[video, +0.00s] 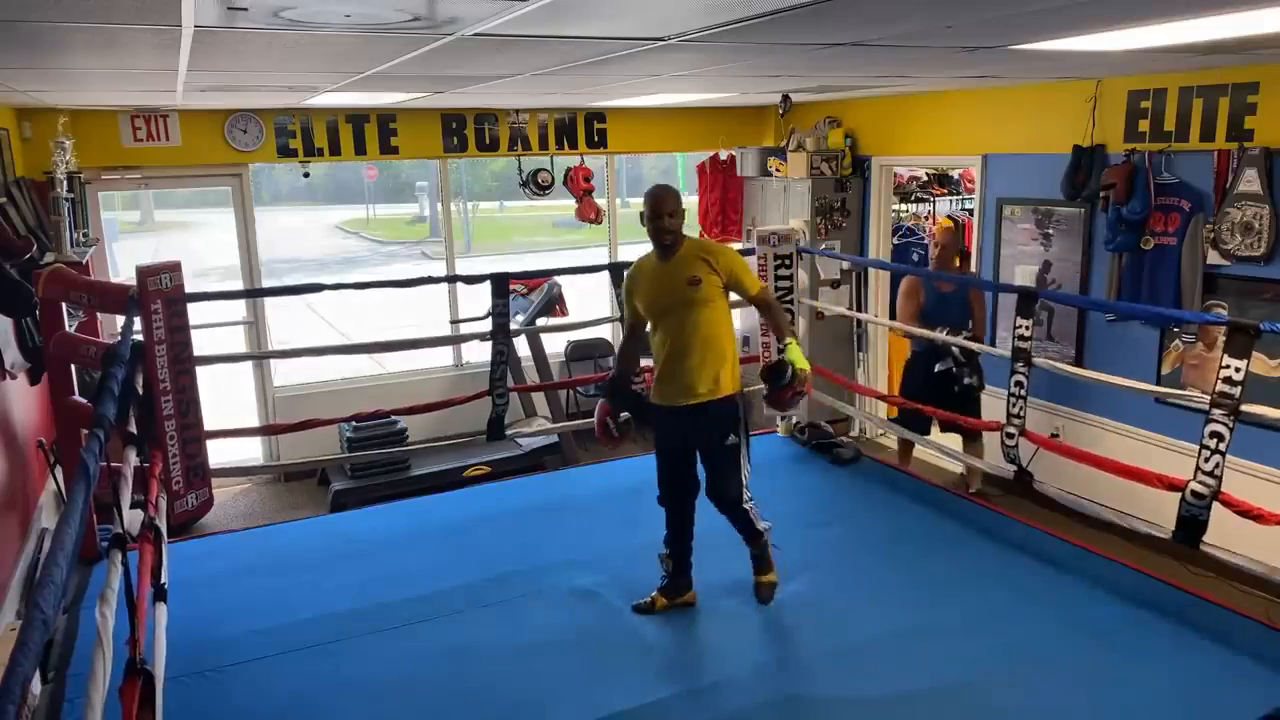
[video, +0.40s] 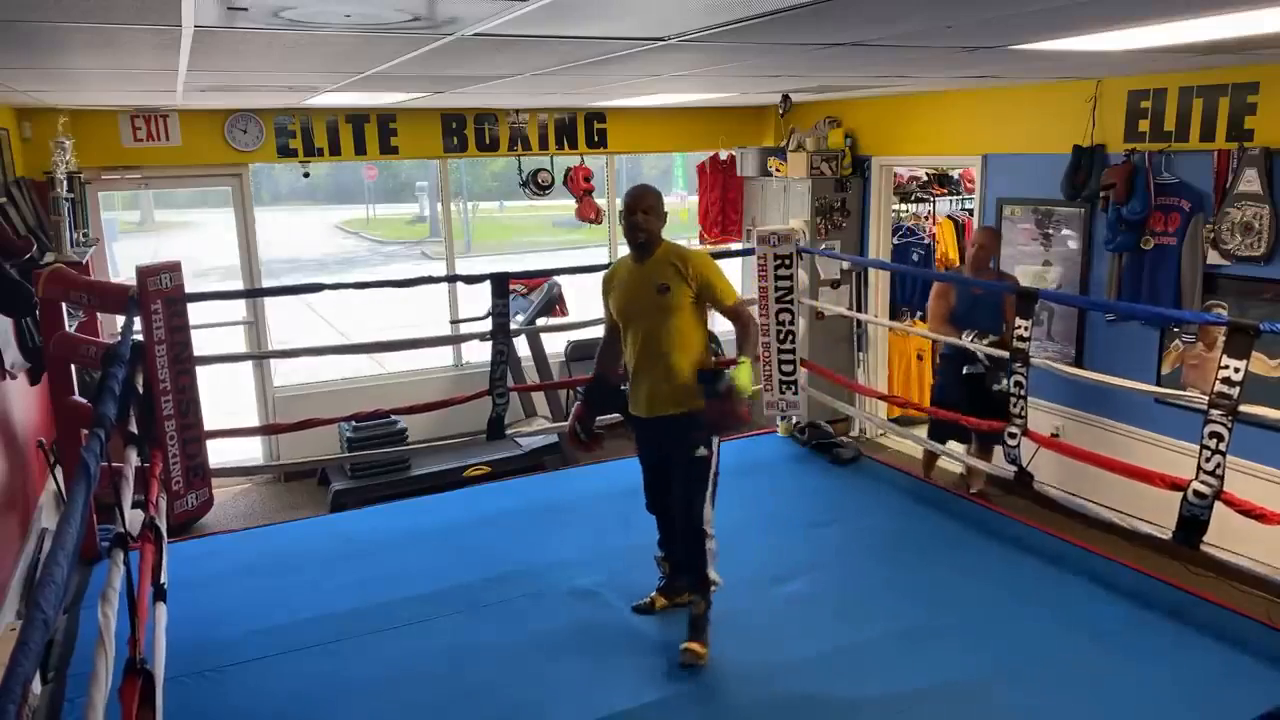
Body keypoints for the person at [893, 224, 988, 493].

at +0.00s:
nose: (935, 251)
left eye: (942, 247)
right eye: (933, 245)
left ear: (957, 251)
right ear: (929, 244)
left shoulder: (970, 286)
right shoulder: (913, 282)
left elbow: (979, 332)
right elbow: (905, 325)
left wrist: (963, 352)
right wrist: (937, 337)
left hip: (960, 366)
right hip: (922, 363)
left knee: (971, 430)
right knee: (908, 426)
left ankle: (974, 488)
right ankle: (900, 477)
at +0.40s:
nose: (975, 252)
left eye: (983, 248)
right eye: (974, 245)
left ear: (995, 254)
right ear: (966, 245)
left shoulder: (1007, 284)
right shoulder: (948, 281)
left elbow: (1012, 327)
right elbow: (935, 324)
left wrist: (999, 348)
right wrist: (968, 341)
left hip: (991, 368)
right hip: (955, 365)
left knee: (987, 434)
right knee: (941, 428)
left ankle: (974, 489)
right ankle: (924, 480)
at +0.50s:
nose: (979, 252)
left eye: (987, 248)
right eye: (977, 245)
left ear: (1001, 253)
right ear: (970, 246)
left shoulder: (1011, 285)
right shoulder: (952, 281)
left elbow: (1017, 327)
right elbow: (939, 324)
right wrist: (974, 345)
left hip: (995, 370)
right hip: (957, 368)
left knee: (987, 437)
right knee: (952, 435)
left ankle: (976, 491)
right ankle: (947, 492)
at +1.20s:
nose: (984, 258)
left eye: (991, 253)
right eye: (980, 251)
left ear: (1002, 256)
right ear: (971, 252)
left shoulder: (1017, 287)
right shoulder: (955, 289)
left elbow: (1030, 330)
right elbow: (943, 334)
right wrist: (975, 343)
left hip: (1005, 375)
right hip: (967, 373)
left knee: (1013, 438)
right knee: (956, 437)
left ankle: (1021, 508)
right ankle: (954, 496)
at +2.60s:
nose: (1011, 260)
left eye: (1017, 254)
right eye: (1006, 254)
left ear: (1033, 255)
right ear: (1000, 257)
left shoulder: (1056, 290)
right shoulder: (990, 288)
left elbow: (1064, 340)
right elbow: (978, 334)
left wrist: (1053, 357)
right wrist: (1005, 351)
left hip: (1037, 384)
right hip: (994, 380)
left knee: (1032, 452)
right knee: (981, 447)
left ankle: (1022, 513)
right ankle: (972, 506)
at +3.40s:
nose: (1011, 254)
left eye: (1017, 248)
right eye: (1006, 249)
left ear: (1029, 252)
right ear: (1000, 254)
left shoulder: (1048, 287)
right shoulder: (994, 287)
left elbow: (1064, 331)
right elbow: (980, 332)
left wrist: (1061, 359)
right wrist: (1002, 343)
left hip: (1036, 373)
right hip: (996, 370)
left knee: (1031, 432)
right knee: (993, 427)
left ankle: (1025, 498)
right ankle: (987, 495)